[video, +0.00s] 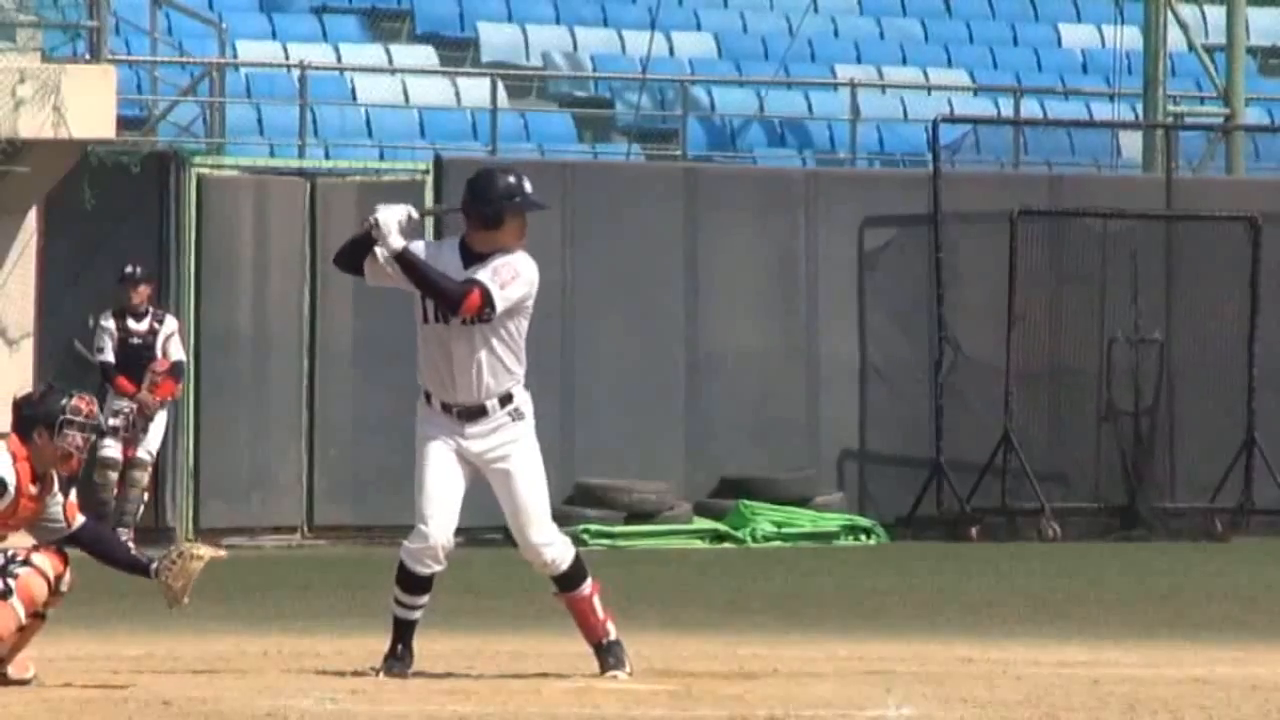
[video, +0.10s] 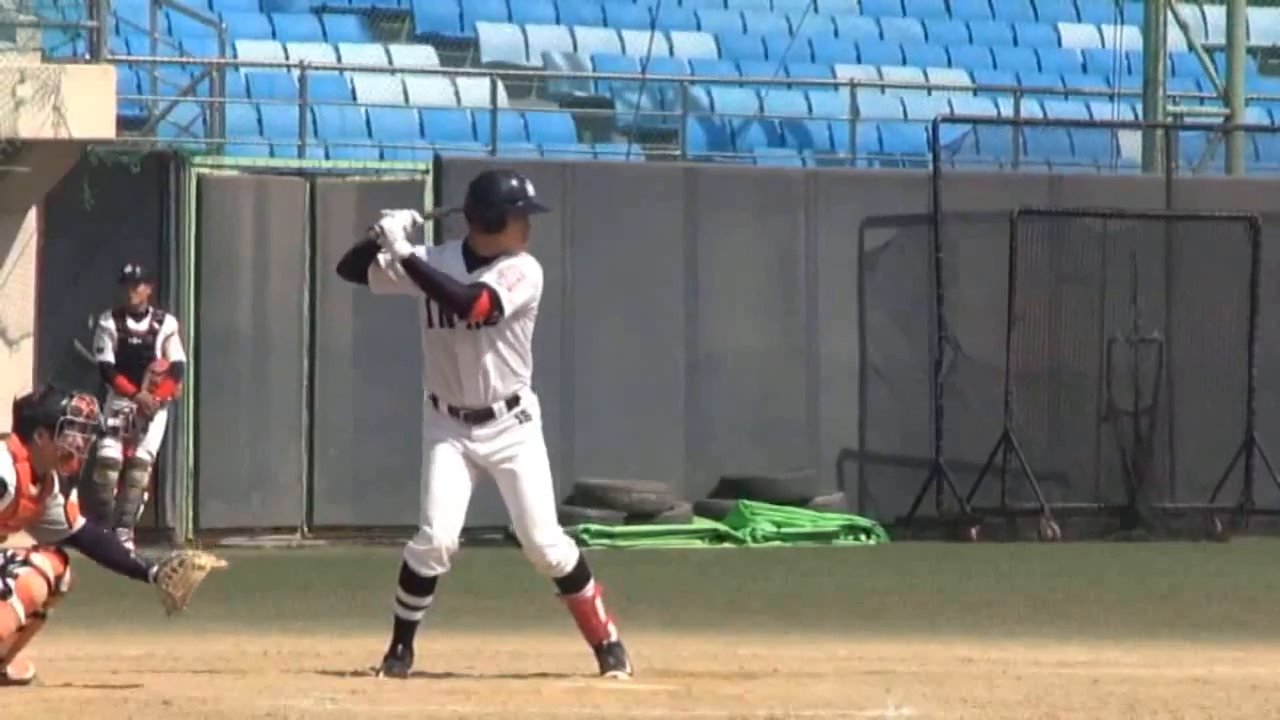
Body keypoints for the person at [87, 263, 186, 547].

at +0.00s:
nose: (133, 292)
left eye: (138, 286)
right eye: (128, 287)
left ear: (150, 290)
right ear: (122, 290)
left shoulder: (167, 324)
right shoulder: (109, 321)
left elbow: (177, 368)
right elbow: (106, 367)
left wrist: (156, 399)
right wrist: (136, 394)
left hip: (153, 400)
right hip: (119, 395)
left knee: (141, 460)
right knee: (108, 455)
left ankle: (125, 529)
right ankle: (102, 525)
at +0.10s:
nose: (132, 292)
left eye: (138, 286)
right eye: (128, 286)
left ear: (150, 289)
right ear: (122, 290)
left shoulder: (167, 324)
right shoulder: (109, 321)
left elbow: (177, 368)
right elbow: (106, 367)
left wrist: (156, 398)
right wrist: (136, 395)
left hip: (153, 400)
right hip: (119, 396)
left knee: (140, 461)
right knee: (108, 456)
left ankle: (125, 530)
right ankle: (102, 526)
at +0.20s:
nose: (133, 292)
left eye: (139, 286)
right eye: (129, 286)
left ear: (149, 290)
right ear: (123, 290)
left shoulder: (166, 324)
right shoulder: (109, 322)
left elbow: (177, 366)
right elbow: (106, 367)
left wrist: (157, 396)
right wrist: (135, 394)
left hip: (152, 400)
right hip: (119, 397)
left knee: (140, 462)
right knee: (108, 457)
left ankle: (125, 531)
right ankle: (102, 528)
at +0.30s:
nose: (133, 292)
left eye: (138, 286)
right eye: (128, 286)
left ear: (149, 289)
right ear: (122, 290)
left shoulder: (167, 324)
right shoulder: (109, 322)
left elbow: (177, 367)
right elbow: (106, 367)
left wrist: (157, 397)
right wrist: (136, 394)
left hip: (153, 400)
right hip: (119, 396)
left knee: (140, 461)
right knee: (108, 457)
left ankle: (125, 530)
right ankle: (102, 527)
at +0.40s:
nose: (133, 292)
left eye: (138, 286)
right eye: (129, 286)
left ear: (149, 289)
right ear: (123, 289)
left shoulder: (167, 324)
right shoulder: (109, 321)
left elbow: (177, 368)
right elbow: (106, 367)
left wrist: (157, 397)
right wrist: (136, 394)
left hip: (152, 400)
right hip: (118, 396)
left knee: (140, 460)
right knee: (108, 457)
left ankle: (125, 528)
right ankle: (102, 526)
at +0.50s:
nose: (133, 292)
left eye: (138, 286)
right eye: (129, 286)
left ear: (149, 289)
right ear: (123, 290)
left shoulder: (167, 324)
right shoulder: (109, 321)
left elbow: (177, 367)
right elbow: (106, 367)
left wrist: (156, 397)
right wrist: (136, 394)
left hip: (152, 400)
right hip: (118, 396)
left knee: (140, 460)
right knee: (107, 457)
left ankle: (125, 529)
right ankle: (102, 526)